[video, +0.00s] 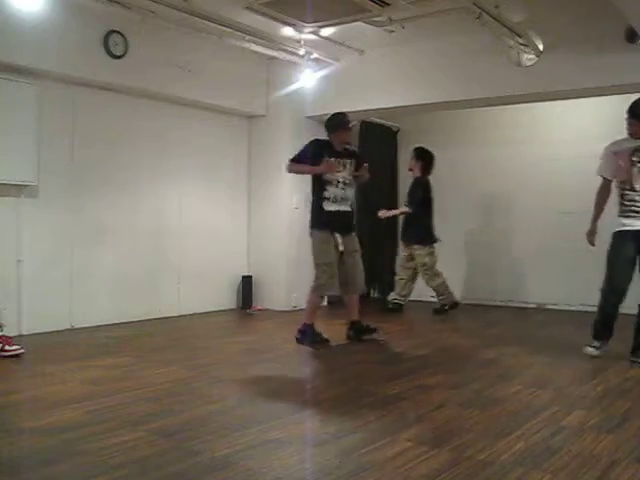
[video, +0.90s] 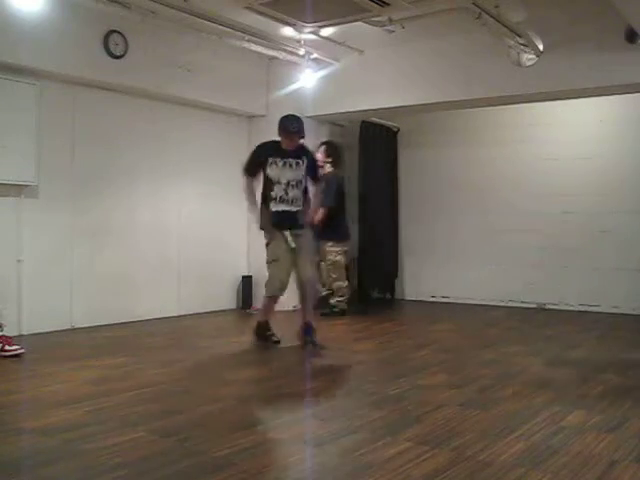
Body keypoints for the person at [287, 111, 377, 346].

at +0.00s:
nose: (349, 135)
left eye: (349, 131)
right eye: (345, 131)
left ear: (347, 132)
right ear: (334, 131)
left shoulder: (352, 154)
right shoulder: (317, 147)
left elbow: (359, 180)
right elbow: (292, 166)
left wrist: (361, 175)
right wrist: (319, 169)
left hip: (347, 225)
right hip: (323, 224)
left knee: (353, 276)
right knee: (325, 277)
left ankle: (354, 324)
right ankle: (306, 327)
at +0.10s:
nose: (343, 132)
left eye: (343, 128)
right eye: (340, 129)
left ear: (338, 130)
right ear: (329, 130)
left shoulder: (348, 150)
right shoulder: (311, 145)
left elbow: (357, 176)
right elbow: (289, 164)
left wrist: (354, 177)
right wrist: (308, 171)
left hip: (343, 223)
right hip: (315, 223)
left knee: (351, 275)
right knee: (316, 276)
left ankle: (353, 325)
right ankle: (304, 327)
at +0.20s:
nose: (331, 135)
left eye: (333, 129)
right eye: (327, 131)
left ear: (335, 129)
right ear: (317, 131)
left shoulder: (345, 155)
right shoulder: (302, 150)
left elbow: (354, 182)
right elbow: (287, 174)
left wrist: (353, 206)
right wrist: (295, 198)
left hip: (336, 226)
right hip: (307, 227)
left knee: (349, 278)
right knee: (303, 276)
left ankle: (350, 325)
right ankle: (300, 326)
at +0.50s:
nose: (310, 150)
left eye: (314, 145)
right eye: (306, 145)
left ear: (320, 140)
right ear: (299, 140)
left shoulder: (329, 167)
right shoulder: (284, 162)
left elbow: (349, 189)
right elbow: (264, 183)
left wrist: (363, 209)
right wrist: (262, 200)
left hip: (320, 238)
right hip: (289, 237)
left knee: (335, 287)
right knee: (276, 285)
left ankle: (335, 327)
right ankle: (293, 328)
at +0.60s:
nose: (304, 146)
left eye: (308, 142)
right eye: (300, 142)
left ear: (315, 140)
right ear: (294, 139)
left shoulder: (324, 164)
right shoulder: (279, 158)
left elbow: (348, 182)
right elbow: (257, 168)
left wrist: (352, 191)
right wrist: (260, 179)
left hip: (317, 236)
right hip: (285, 236)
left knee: (335, 284)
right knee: (277, 286)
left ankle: (323, 326)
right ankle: (291, 327)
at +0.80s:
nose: (295, 144)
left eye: (299, 140)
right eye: (291, 140)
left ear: (306, 137)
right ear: (284, 136)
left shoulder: (314, 151)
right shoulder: (270, 147)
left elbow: (341, 171)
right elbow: (236, 155)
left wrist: (329, 170)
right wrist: (255, 158)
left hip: (307, 229)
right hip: (277, 229)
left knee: (322, 280)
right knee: (277, 281)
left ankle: (316, 327)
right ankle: (282, 325)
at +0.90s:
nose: (294, 142)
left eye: (297, 138)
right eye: (290, 138)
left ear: (302, 136)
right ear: (280, 134)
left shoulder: (306, 155)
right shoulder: (265, 150)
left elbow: (317, 183)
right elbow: (249, 176)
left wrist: (315, 209)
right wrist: (254, 207)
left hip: (301, 222)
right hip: (275, 222)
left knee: (308, 275)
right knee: (279, 275)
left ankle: (307, 327)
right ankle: (263, 324)